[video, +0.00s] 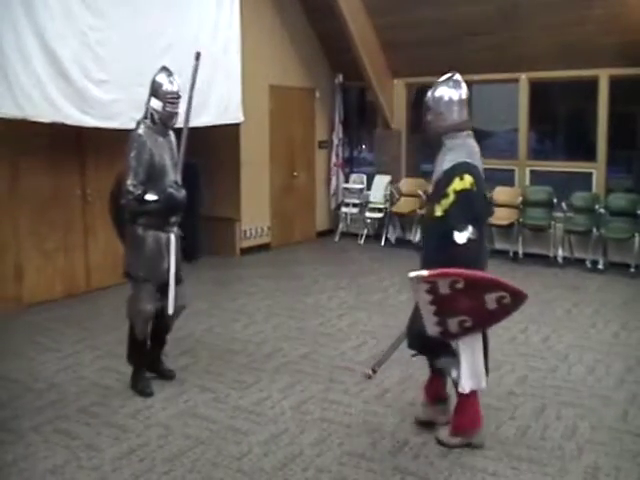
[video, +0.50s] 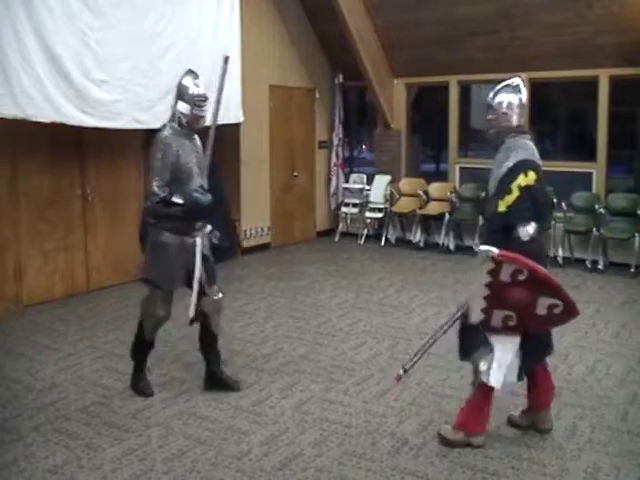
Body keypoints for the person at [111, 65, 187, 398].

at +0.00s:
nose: (174, 106)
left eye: (177, 100)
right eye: (168, 100)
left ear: (179, 102)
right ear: (153, 100)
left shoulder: (169, 137)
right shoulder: (142, 138)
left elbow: (172, 184)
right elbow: (130, 197)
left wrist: (176, 198)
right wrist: (167, 198)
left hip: (169, 230)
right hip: (147, 232)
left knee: (172, 300)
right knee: (145, 302)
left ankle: (155, 356)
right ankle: (139, 367)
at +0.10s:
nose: (173, 107)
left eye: (177, 101)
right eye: (167, 101)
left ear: (181, 103)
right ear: (153, 101)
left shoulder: (171, 139)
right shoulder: (142, 140)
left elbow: (170, 183)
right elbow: (129, 196)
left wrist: (176, 196)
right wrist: (166, 201)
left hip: (172, 230)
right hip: (146, 232)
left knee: (185, 296)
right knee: (144, 303)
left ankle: (161, 348)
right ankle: (138, 369)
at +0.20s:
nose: (177, 108)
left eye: (180, 101)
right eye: (171, 101)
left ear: (182, 103)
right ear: (155, 101)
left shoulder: (173, 138)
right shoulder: (144, 139)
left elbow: (172, 184)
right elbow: (131, 195)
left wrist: (178, 197)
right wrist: (169, 200)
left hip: (175, 229)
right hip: (148, 231)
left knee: (192, 296)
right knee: (145, 304)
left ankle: (176, 358)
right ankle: (138, 370)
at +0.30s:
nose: (183, 105)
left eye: (186, 99)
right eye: (176, 99)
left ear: (188, 101)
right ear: (160, 101)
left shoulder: (178, 139)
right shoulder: (150, 140)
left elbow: (178, 185)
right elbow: (135, 198)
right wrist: (176, 202)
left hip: (180, 230)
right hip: (152, 233)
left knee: (196, 298)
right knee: (147, 307)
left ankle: (198, 366)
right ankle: (138, 371)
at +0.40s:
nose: (191, 112)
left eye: (194, 106)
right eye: (185, 106)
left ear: (196, 106)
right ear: (170, 107)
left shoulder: (185, 141)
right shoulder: (158, 142)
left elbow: (190, 188)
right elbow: (144, 199)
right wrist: (184, 204)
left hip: (185, 233)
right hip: (157, 235)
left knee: (200, 302)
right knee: (150, 308)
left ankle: (212, 369)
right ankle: (138, 371)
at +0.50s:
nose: (201, 113)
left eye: (204, 106)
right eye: (195, 106)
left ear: (206, 108)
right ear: (180, 107)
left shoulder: (195, 141)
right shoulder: (166, 141)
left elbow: (199, 188)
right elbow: (155, 199)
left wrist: (210, 222)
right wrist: (195, 206)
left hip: (197, 234)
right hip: (168, 236)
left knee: (212, 301)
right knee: (158, 307)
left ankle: (214, 371)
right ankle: (139, 370)